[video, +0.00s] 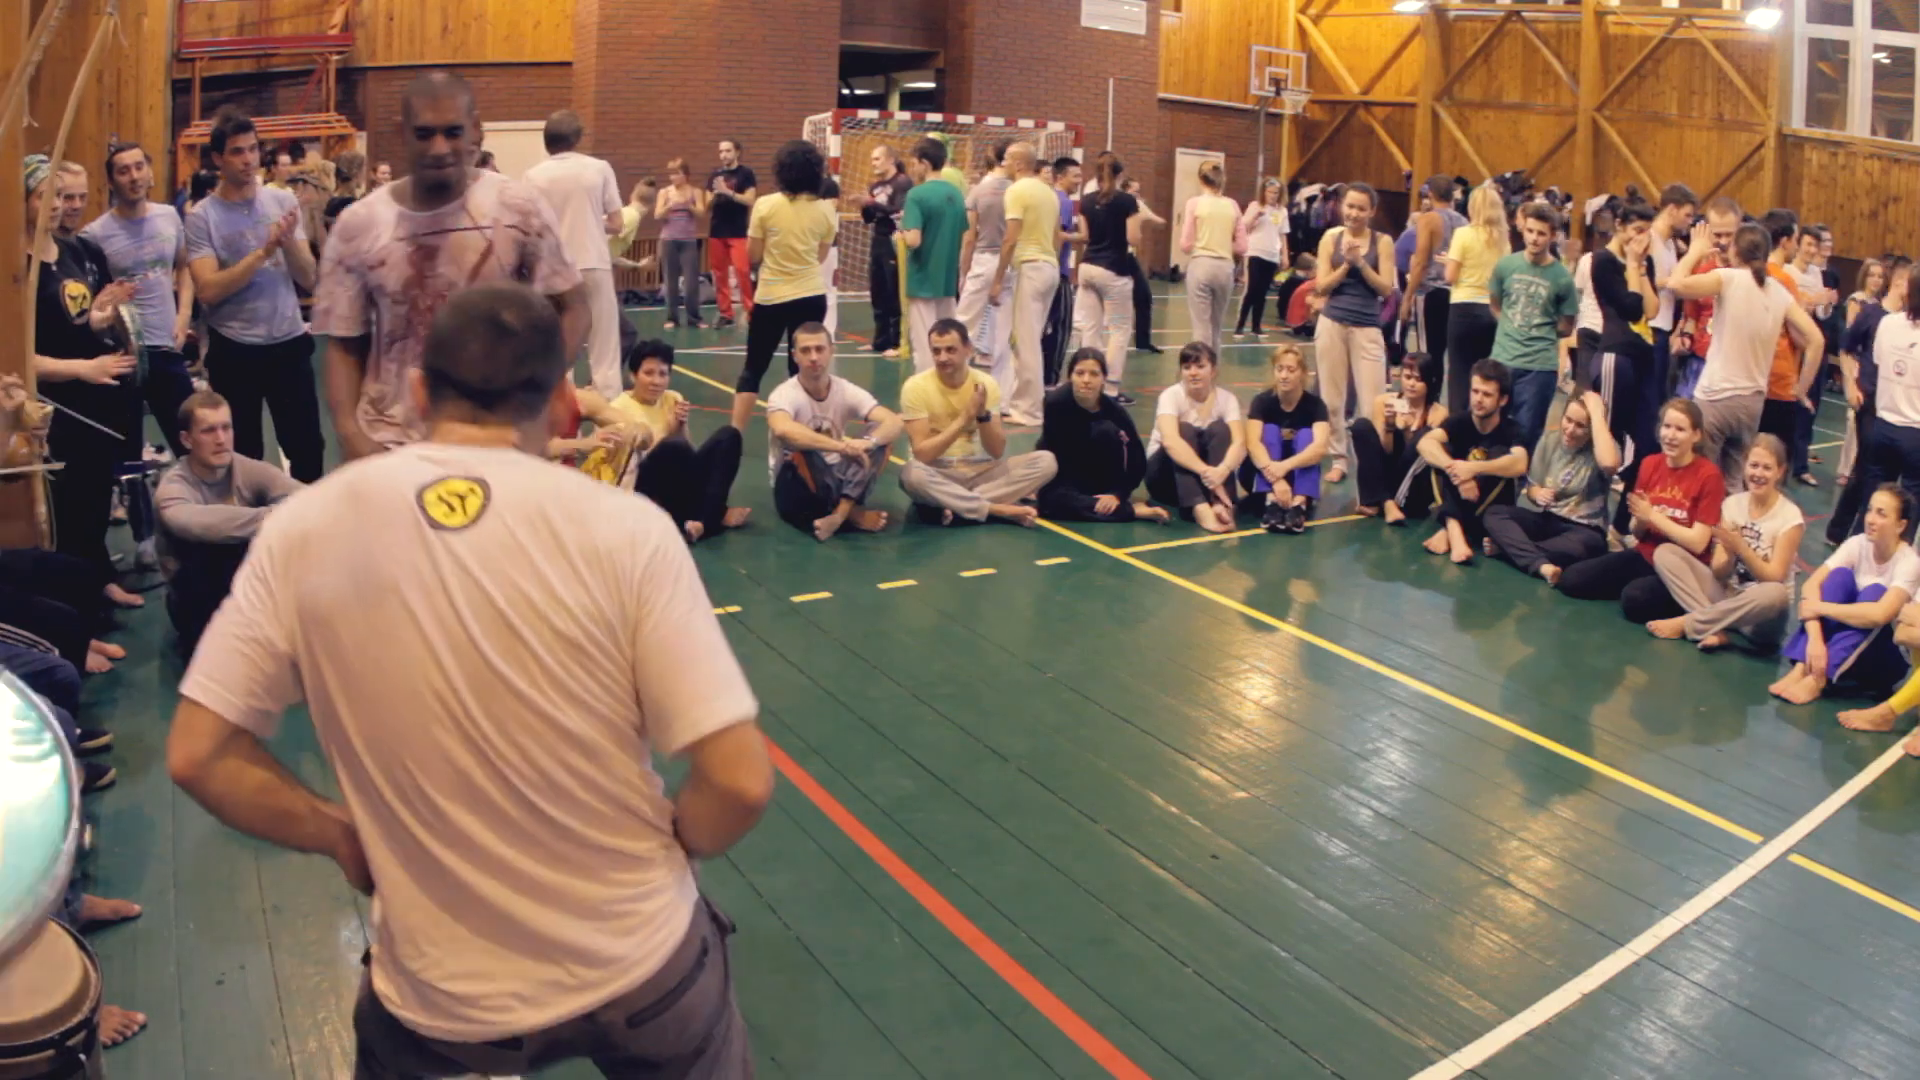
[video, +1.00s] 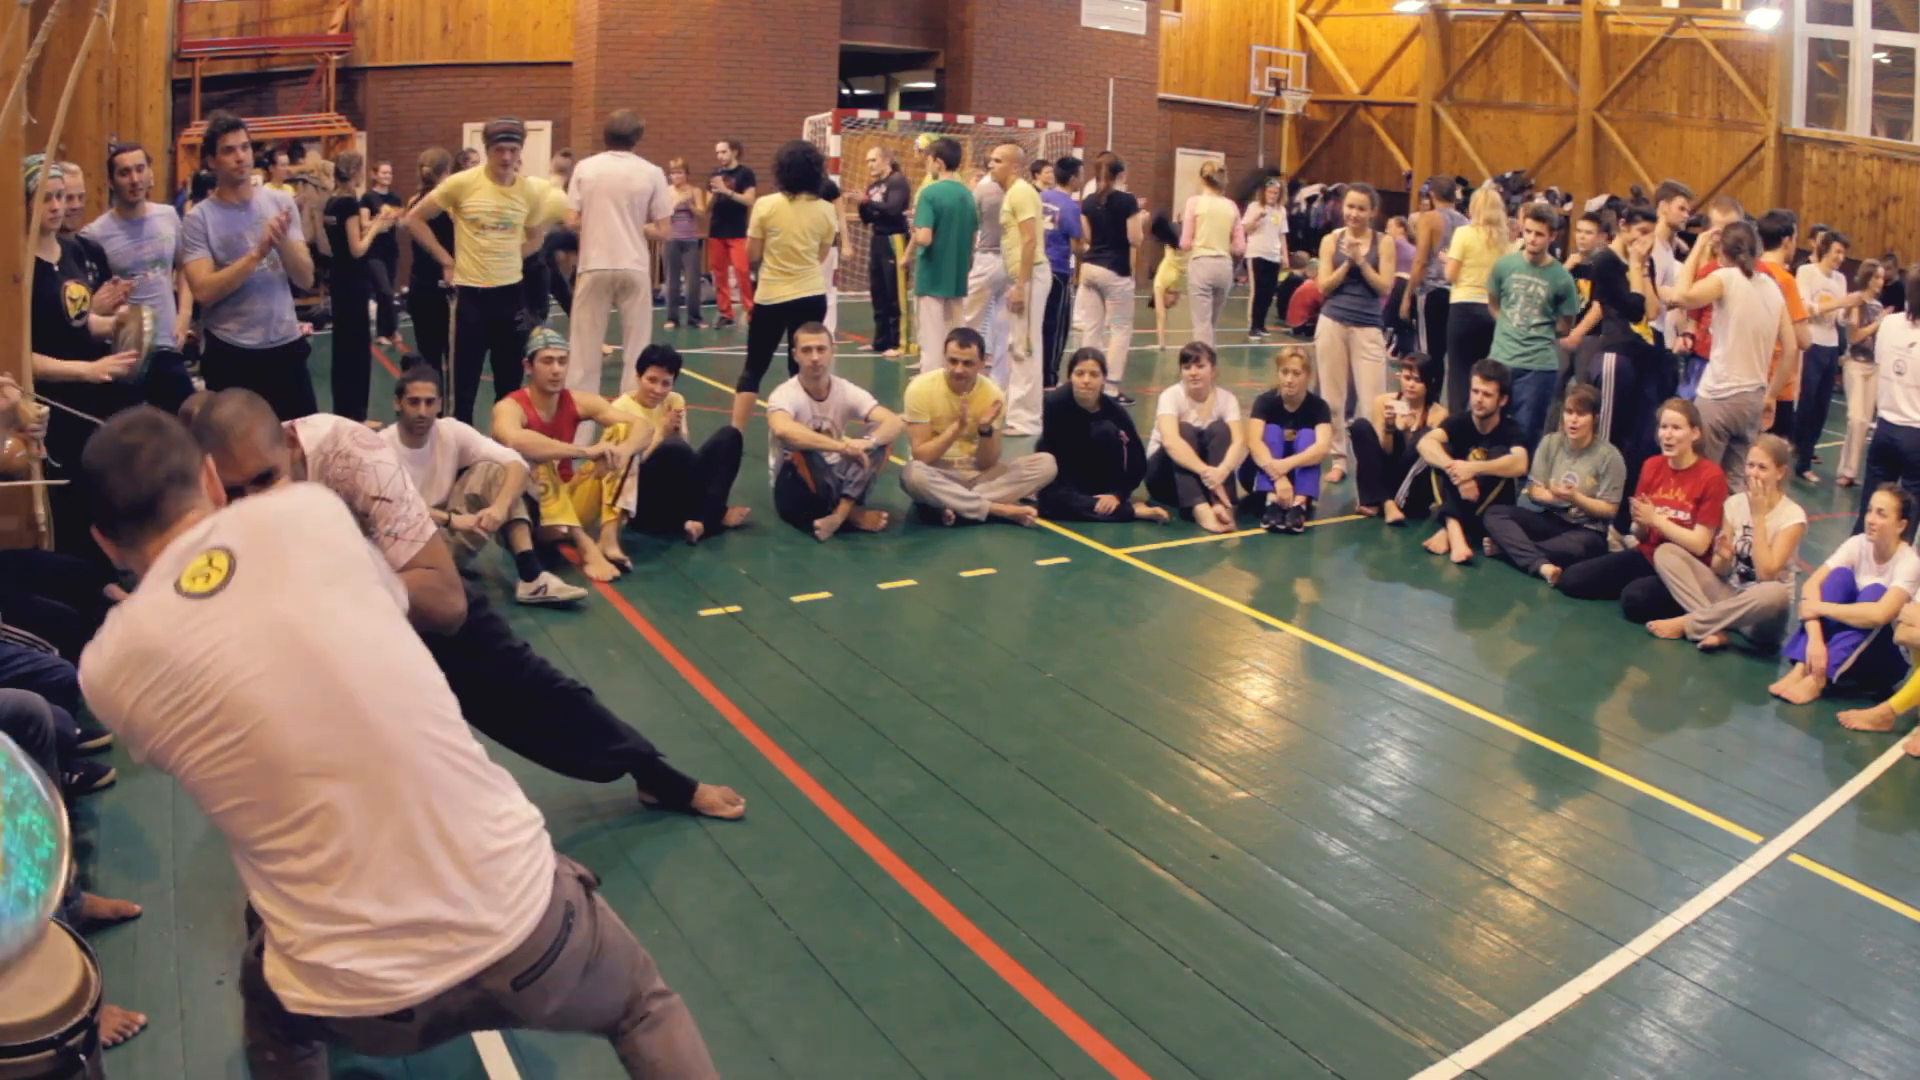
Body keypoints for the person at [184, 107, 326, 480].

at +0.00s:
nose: (248, 159)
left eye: (253, 150)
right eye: (237, 152)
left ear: (260, 152)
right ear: (217, 159)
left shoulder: (282, 200)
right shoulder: (202, 216)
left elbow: (308, 277)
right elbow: (207, 290)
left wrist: (289, 241)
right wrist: (264, 252)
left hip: (289, 343)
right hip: (234, 348)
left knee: (307, 451)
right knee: (247, 455)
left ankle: (312, 530)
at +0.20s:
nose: (243, 159)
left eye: (248, 149)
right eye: (232, 152)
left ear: (255, 152)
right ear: (214, 161)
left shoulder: (283, 202)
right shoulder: (198, 219)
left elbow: (305, 259)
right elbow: (201, 290)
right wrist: (244, 252)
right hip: (231, 336)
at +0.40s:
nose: (243, 157)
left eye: (247, 147)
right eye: (231, 150)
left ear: (254, 150)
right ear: (213, 159)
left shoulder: (283, 201)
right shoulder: (198, 217)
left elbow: (307, 279)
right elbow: (201, 291)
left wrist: (284, 242)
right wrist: (253, 253)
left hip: (282, 334)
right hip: (227, 340)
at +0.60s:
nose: (242, 157)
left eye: (247, 147)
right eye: (230, 150)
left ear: (254, 151)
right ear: (212, 160)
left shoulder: (284, 202)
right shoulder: (199, 218)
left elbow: (308, 280)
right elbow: (202, 294)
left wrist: (291, 246)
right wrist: (251, 251)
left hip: (287, 342)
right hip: (231, 348)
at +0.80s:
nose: (241, 157)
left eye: (246, 147)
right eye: (230, 150)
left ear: (254, 152)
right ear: (212, 161)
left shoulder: (283, 202)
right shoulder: (199, 218)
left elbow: (307, 282)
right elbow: (202, 288)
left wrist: (297, 249)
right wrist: (248, 251)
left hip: (286, 339)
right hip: (237, 346)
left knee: (306, 431)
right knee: (247, 439)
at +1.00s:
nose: (241, 158)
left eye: (245, 148)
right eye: (229, 151)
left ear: (253, 152)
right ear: (211, 161)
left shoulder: (280, 202)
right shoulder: (198, 218)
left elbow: (306, 280)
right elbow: (204, 291)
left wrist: (283, 241)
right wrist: (257, 254)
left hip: (285, 347)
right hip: (230, 352)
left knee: (304, 438)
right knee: (239, 444)